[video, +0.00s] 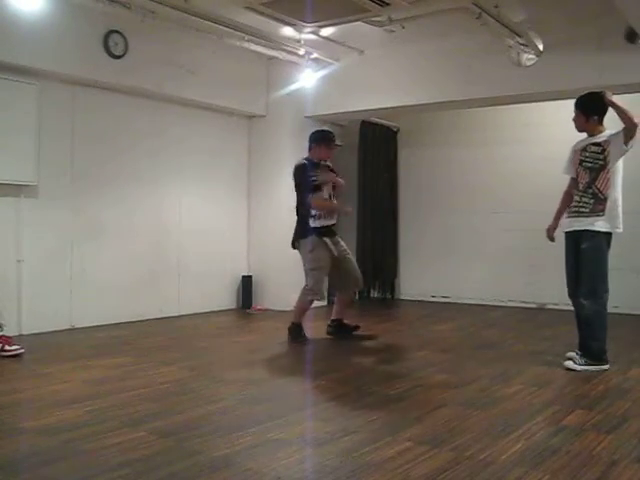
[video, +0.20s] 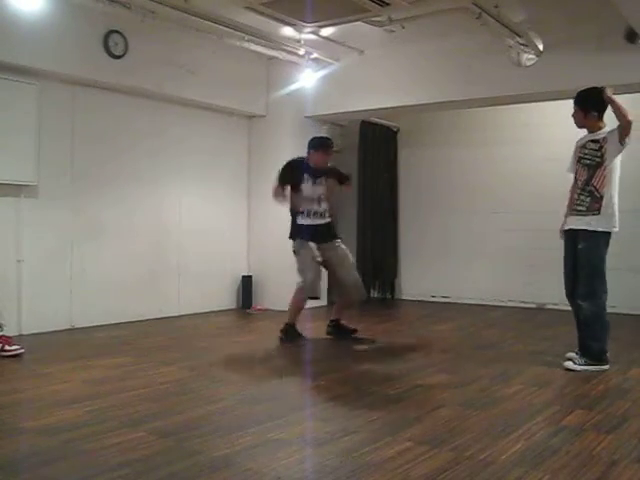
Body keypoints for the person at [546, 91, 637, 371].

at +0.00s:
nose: (574, 119)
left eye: (577, 114)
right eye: (575, 114)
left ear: (590, 116)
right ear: (590, 117)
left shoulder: (613, 143)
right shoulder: (578, 147)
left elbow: (632, 126)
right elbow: (571, 187)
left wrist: (612, 103)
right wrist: (555, 220)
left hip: (597, 227)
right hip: (572, 227)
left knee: (592, 294)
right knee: (578, 293)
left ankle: (597, 356)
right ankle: (587, 350)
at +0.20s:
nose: (573, 115)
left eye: (577, 110)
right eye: (574, 110)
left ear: (589, 113)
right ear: (589, 113)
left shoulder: (611, 139)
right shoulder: (581, 143)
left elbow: (627, 122)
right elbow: (576, 184)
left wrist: (611, 98)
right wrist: (566, 219)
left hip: (596, 225)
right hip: (574, 224)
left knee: (589, 292)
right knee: (574, 290)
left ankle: (596, 356)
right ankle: (587, 350)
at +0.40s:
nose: (570, 114)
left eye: (573, 110)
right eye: (571, 109)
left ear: (586, 111)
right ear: (587, 111)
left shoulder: (609, 138)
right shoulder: (582, 140)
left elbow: (620, 121)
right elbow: (580, 175)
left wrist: (606, 97)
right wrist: (582, 206)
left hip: (598, 226)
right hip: (577, 224)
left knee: (594, 291)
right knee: (571, 288)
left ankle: (597, 355)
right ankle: (587, 348)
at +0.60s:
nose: (568, 117)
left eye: (570, 112)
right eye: (568, 112)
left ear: (582, 112)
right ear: (586, 113)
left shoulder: (604, 139)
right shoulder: (586, 139)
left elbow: (609, 125)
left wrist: (600, 98)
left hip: (595, 228)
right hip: (579, 225)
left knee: (592, 291)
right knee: (575, 288)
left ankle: (597, 355)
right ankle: (587, 345)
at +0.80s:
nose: (566, 120)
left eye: (567, 115)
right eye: (566, 115)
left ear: (579, 114)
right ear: (582, 115)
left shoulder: (599, 140)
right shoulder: (587, 139)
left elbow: (597, 123)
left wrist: (595, 99)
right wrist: (591, 99)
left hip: (591, 228)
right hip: (580, 226)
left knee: (590, 292)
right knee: (582, 290)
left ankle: (596, 355)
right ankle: (589, 346)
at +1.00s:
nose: (564, 126)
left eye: (566, 120)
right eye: (564, 120)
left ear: (577, 118)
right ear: (576, 119)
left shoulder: (595, 143)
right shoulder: (587, 145)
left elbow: (582, 126)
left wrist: (589, 106)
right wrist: (588, 106)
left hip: (587, 229)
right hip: (582, 228)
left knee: (581, 292)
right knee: (587, 290)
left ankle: (594, 354)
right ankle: (589, 347)